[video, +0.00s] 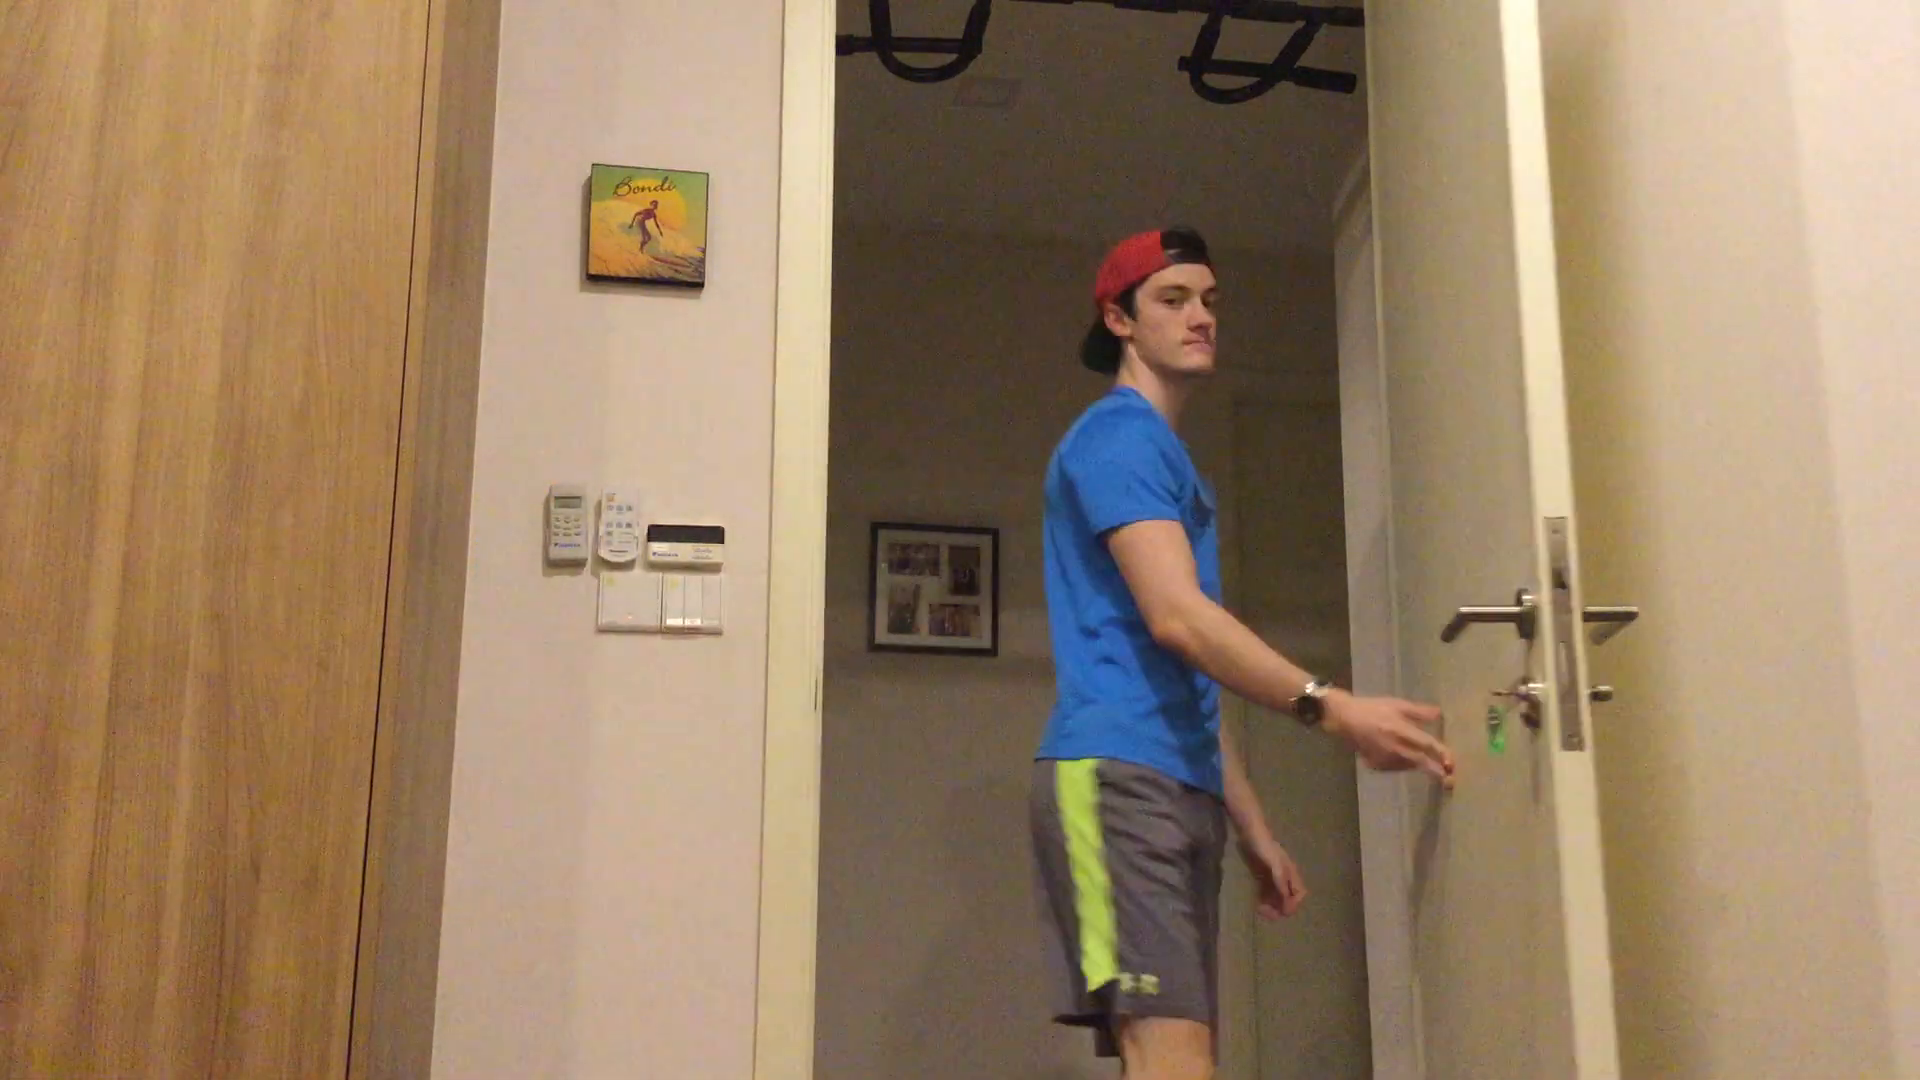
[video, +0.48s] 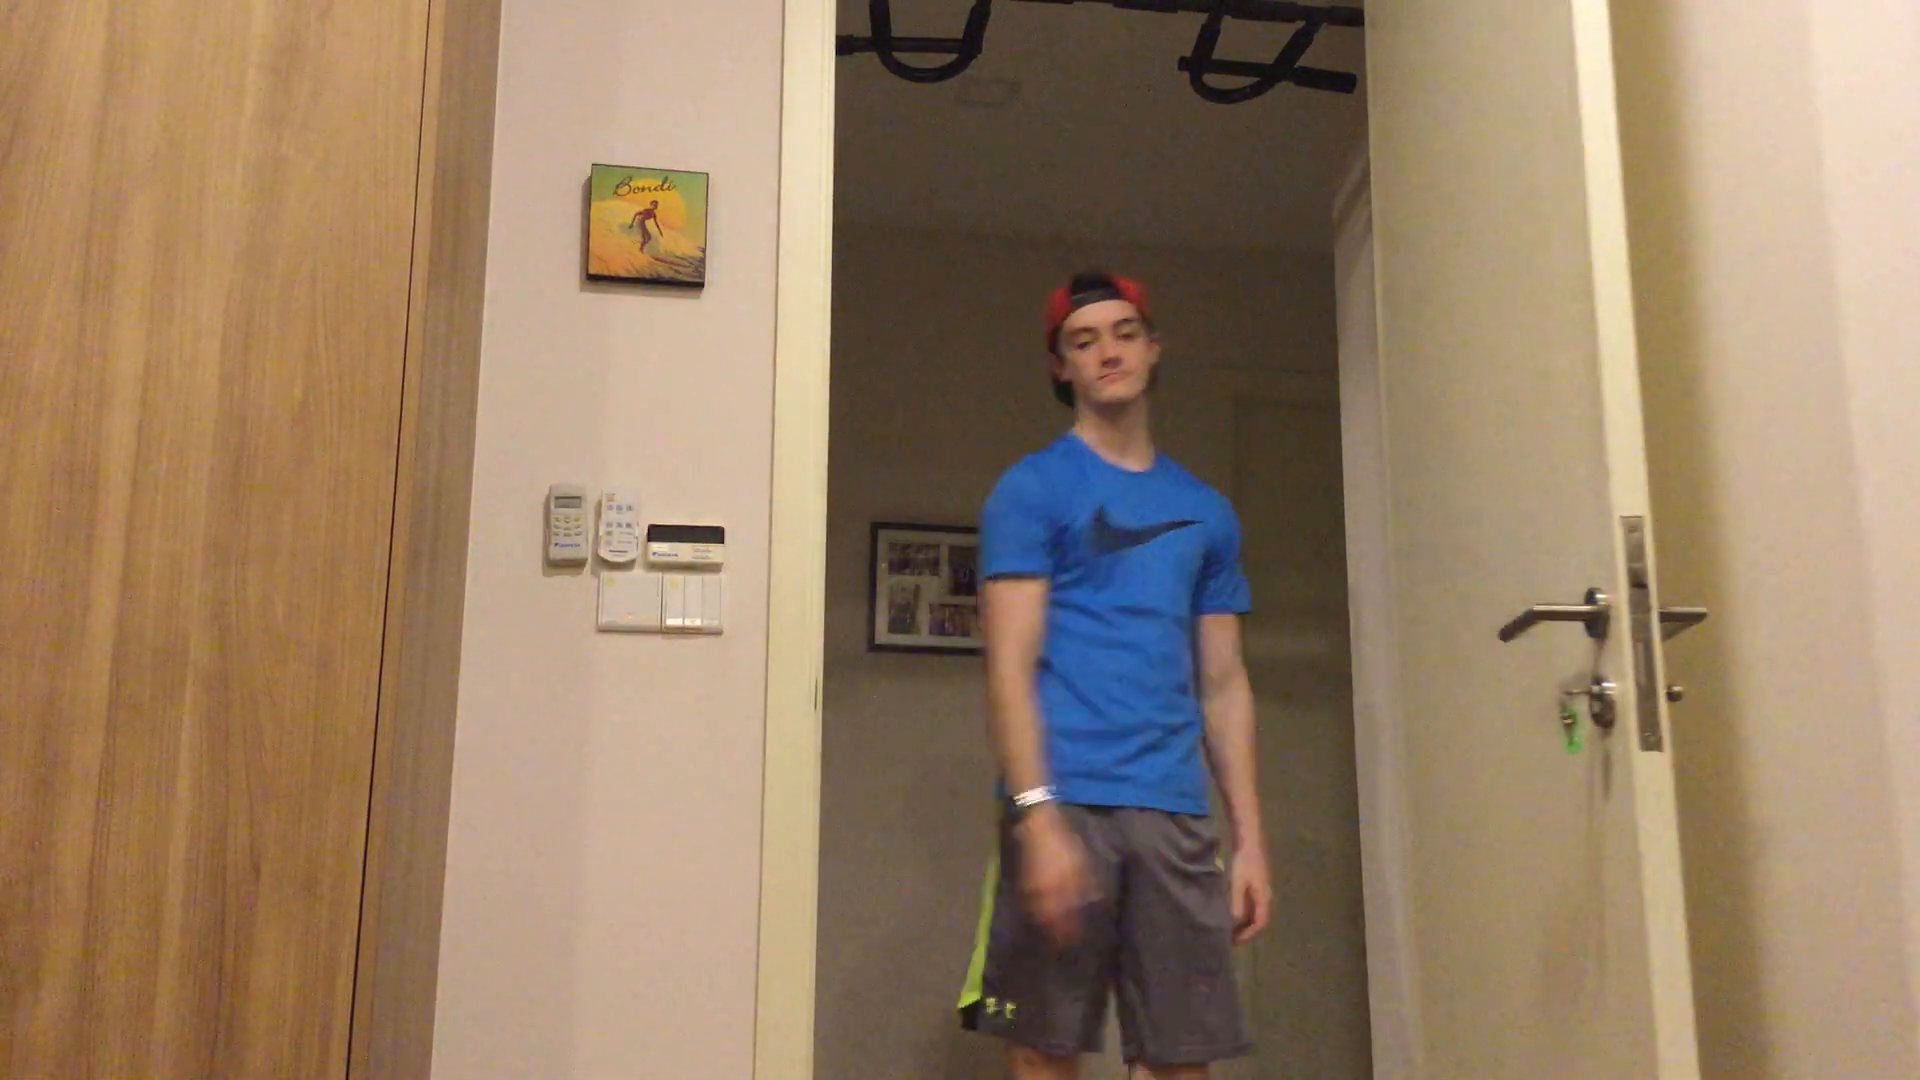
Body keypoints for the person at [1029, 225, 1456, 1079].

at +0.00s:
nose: (1202, 314)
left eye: (1209, 299)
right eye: (1174, 299)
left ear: (1219, 315)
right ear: (1123, 324)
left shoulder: (1175, 467)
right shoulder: (1118, 434)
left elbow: (1191, 685)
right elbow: (1176, 615)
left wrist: (1250, 827)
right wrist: (1336, 710)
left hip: (1173, 789)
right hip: (1119, 778)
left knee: (1175, 1055)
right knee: (1171, 1055)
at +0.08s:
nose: (1197, 317)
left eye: (1206, 303)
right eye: (1170, 303)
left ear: (1220, 324)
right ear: (1123, 331)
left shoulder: (1210, 490)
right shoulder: (1110, 442)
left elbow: (1214, 674)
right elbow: (1173, 615)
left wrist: (1255, 832)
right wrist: (1309, 716)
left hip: (1185, 795)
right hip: (1106, 783)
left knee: (1188, 1056)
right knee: (1150, 1052)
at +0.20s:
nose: (1178, 326)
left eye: (1190, 311)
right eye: (1150, 315)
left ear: (1206, 333)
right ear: (1113, 345)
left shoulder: (1229, 500)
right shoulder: (1096, 455)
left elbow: (1228, 682)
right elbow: (1129, 617)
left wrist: (1244, 842)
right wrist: (1242, 735)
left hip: (1197, 805)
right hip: (1094, 793)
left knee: (1186, 1059)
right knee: (1107, 1051)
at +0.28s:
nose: (1160, 333)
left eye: (1174, 317)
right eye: (1134, 323)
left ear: (1196, 338)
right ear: (1102, 351)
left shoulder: (1233, 504)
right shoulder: (1082, 464)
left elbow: (1230, 681)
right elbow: (1089, 635)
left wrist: (1236, 836)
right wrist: (1191, 760)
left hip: (1197, 804)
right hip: (1090, 799)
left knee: (1184, 1056)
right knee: (1081, 1052)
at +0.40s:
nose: (1130, 342)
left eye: (1146, 325)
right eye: (1105, 332)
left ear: (1173, 343)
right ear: (1079, 361)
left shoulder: (1221, 508)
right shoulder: (1053, 480)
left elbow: (1225, 686)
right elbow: (1037, 658)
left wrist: (1238, 842)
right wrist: (1094, 803)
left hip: (1194, 824)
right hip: (1075, 816)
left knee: (1184, 1063)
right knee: (1055, 1058)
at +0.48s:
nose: (1108, 351)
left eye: (1126, 333)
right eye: (1085, 340)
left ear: (1153, 352)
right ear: (1063, 368)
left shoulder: (1209, 513)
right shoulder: (1031, 492)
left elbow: (1224, 685)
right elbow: (1010, 669)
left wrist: (1248, 840)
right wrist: (1034, 815)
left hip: (1181, 823)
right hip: (1064, 818)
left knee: (1182, 1061)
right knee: (1045, 1058)